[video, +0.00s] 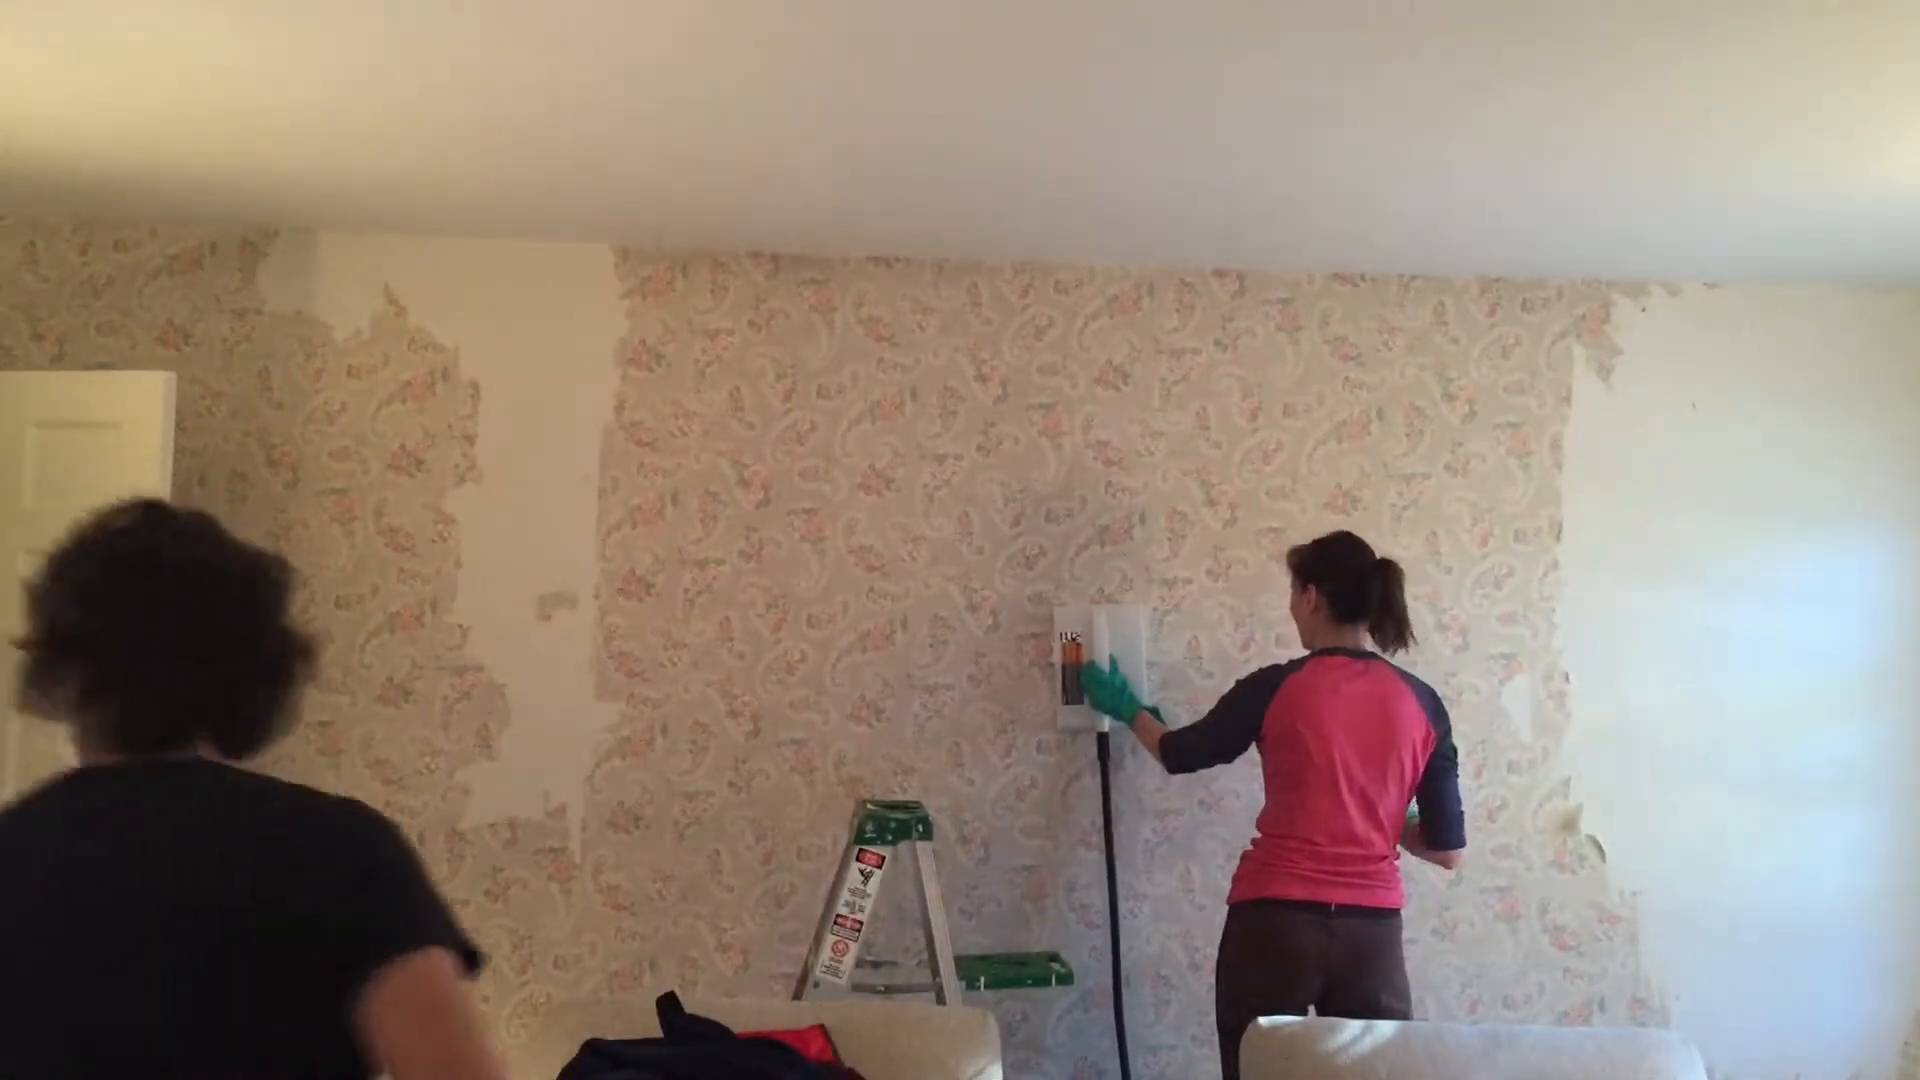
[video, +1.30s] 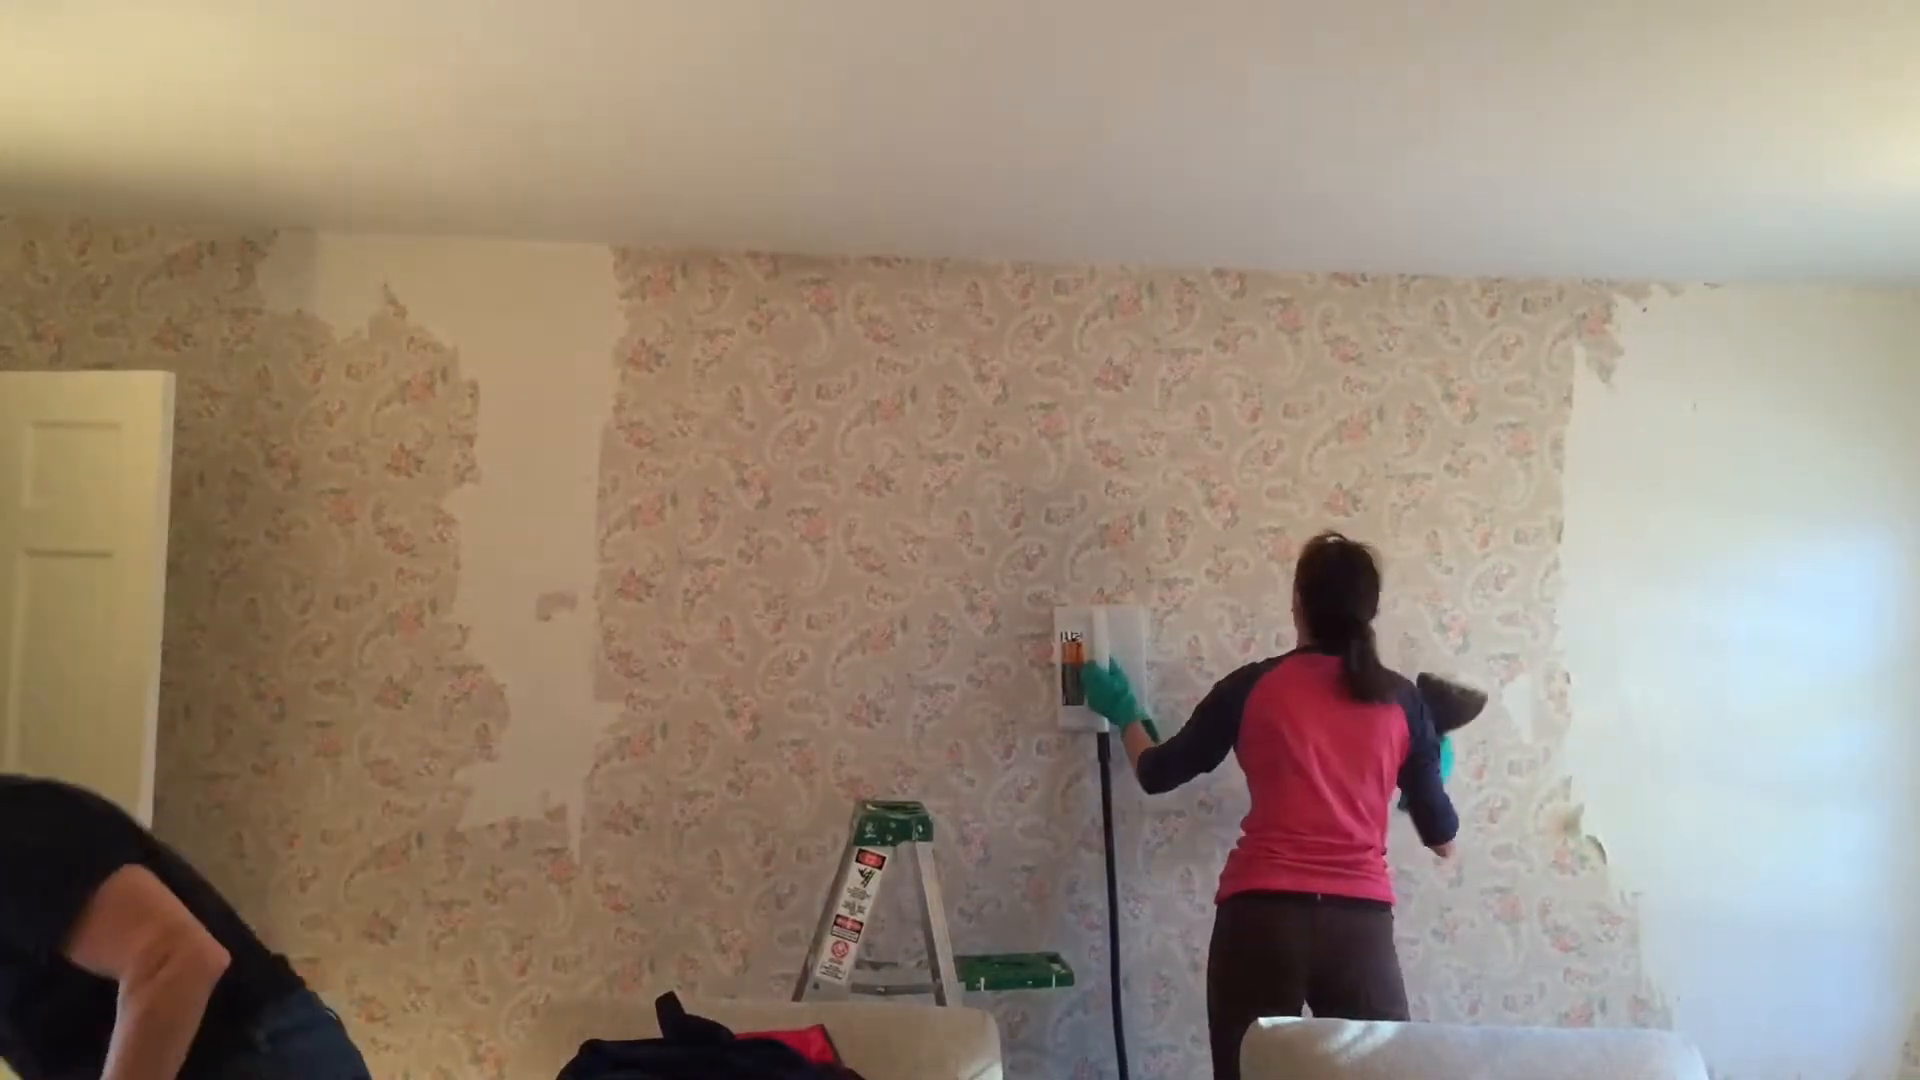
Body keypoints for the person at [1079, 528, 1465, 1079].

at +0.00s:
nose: (1291, 606)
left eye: (1294, 590)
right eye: (1293, 590)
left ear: (1313, 596)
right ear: (1370, 598)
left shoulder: (1275, 685)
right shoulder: (1425, 704)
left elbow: (1177, 753)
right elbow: (1446, 848)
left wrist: (1128, 709)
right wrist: (1378, 815)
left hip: (1270, 933)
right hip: (1371, 940)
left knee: (1254, 1073)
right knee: (1380, 1076)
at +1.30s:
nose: (1292, 599)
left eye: (1294, 590)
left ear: (1298, 602)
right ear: (1372, 608)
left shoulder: (1251, 687)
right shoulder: (1402, 701)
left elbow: (1155, 774)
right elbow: (1442, 838)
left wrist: (1124, 713)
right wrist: (1433, 770)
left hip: (1257, 927)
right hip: (1359, 933)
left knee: (1243, 1075)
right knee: (1382, 1075)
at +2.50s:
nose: (1218, 622)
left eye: (1221, 609)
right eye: (1216, 609)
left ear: (1257, 613)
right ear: (1296, 607)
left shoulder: (1239, 690)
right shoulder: (1374, 688)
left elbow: (1164, 750)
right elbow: (1418, 799)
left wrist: (1135, 672)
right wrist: (1430, 755)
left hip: (1261, 923)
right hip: (1359, 925)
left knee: (1247, 1074)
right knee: (1384, 1073)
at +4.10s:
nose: (1282, 618)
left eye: (1289, 601)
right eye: (1282, 601)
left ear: (1332, 604)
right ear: (1339, 604)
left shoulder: (1295, 687)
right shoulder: (1434, 694)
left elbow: (1182, 718)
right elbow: (1500, 820)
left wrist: (1130, 659)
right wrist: (1485, 769)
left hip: (1298, 931)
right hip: (1402, 939)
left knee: (1276, 1067)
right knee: (1431, 1075)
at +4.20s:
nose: (1303, 616)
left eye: (1310, 600)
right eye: (1304, 600)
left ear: (1353, 604)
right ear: (1369, 603)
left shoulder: (1314, 686)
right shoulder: (1458, 693)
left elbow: (1194, 710)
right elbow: (1529, 818)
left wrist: (1128, 655)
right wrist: (1533, 784)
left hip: (1324, 928)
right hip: (1428, 935)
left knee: (1292, 1073)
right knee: (1453, 1076)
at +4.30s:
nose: (1330, 617)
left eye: (1334, 603)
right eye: (1329, 603)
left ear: (1373, 604)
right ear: (1401, 605)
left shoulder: (1336, 687)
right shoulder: (1481, 695)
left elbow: (1211, 706)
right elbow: (1556, 814)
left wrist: (1137, 658)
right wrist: (1578, 797)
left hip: (1357, 933)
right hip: (1461, 938)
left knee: (1319, 1069)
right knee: (1483, 1074)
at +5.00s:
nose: (1387, 597)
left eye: (1389, 585)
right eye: (1394, 582)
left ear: (1395, 597)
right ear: (1464, 600)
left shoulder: (1357, 690)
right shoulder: (1506, 693)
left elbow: (1232, 723)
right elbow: (1576, 808)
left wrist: (1163, 659)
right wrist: (1593, 779)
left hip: (1397, 933)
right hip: (1502, 931)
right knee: (1531, 1079)